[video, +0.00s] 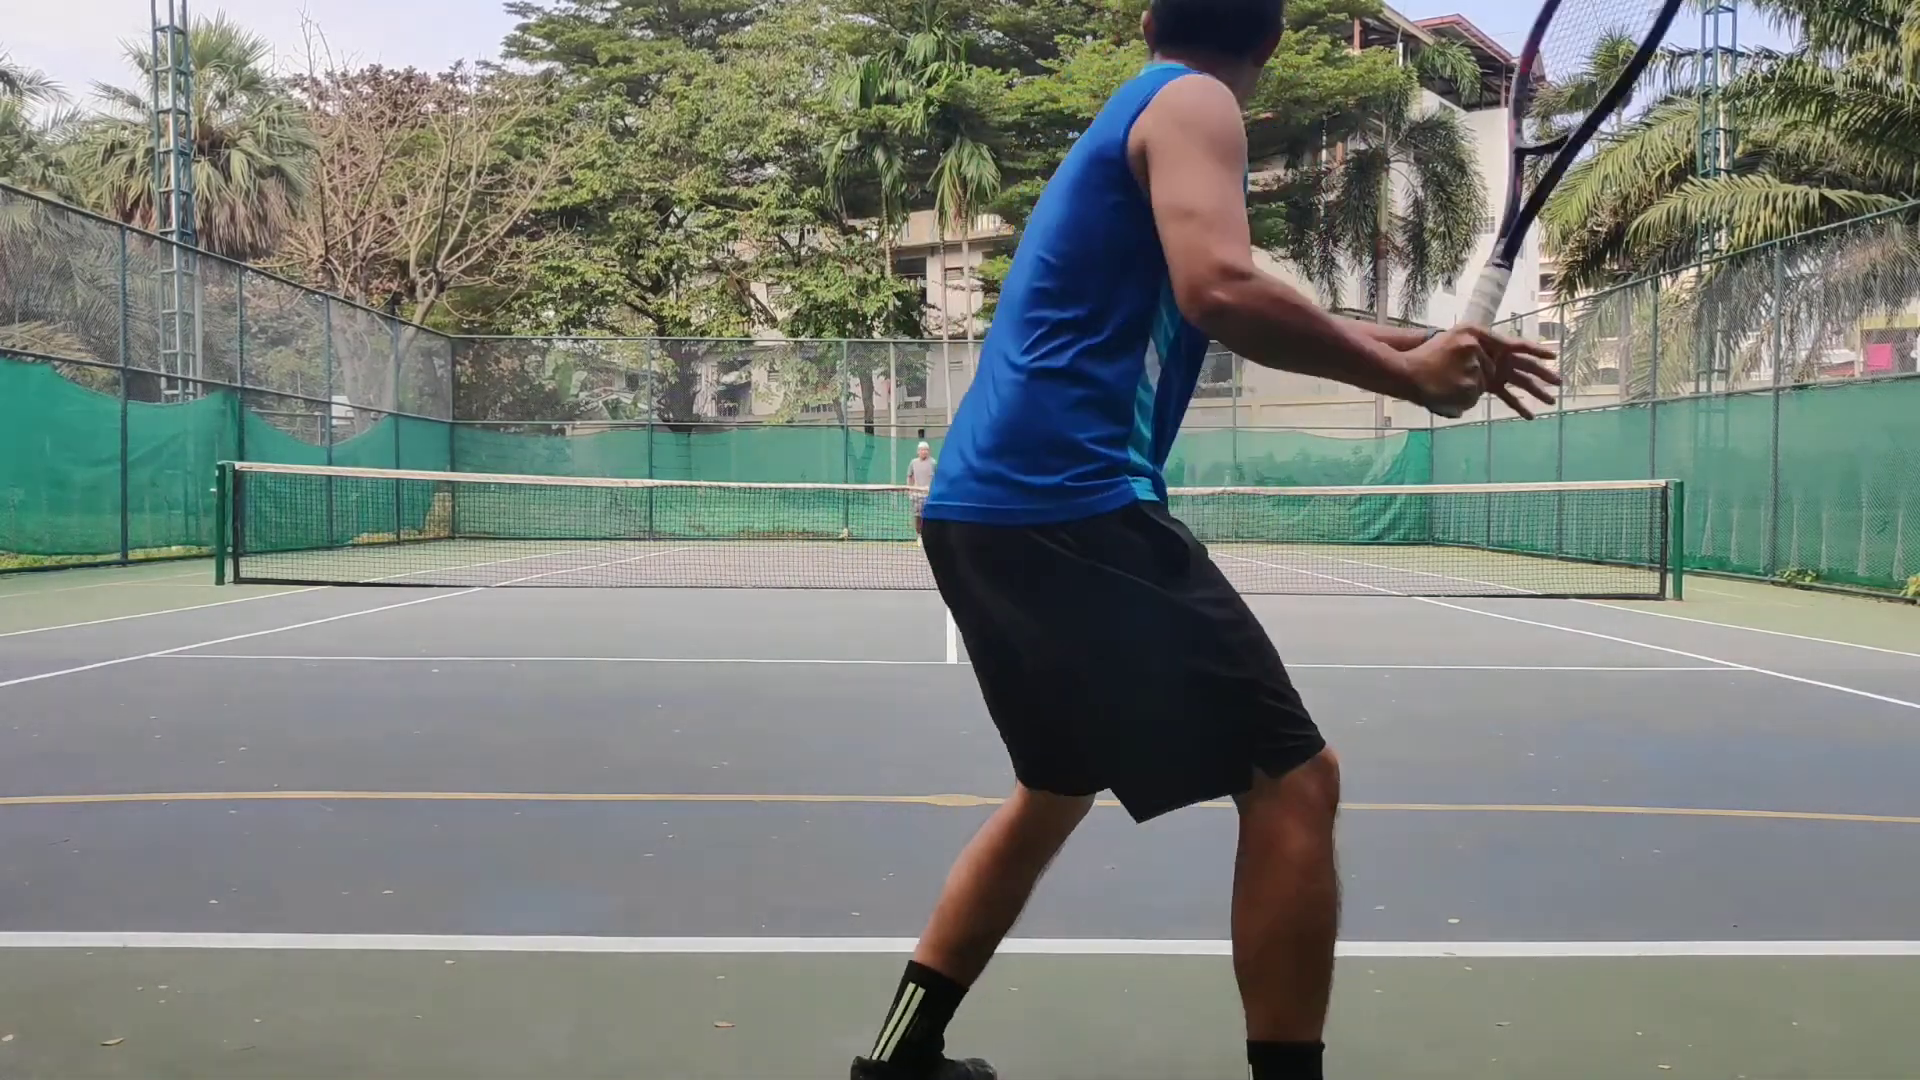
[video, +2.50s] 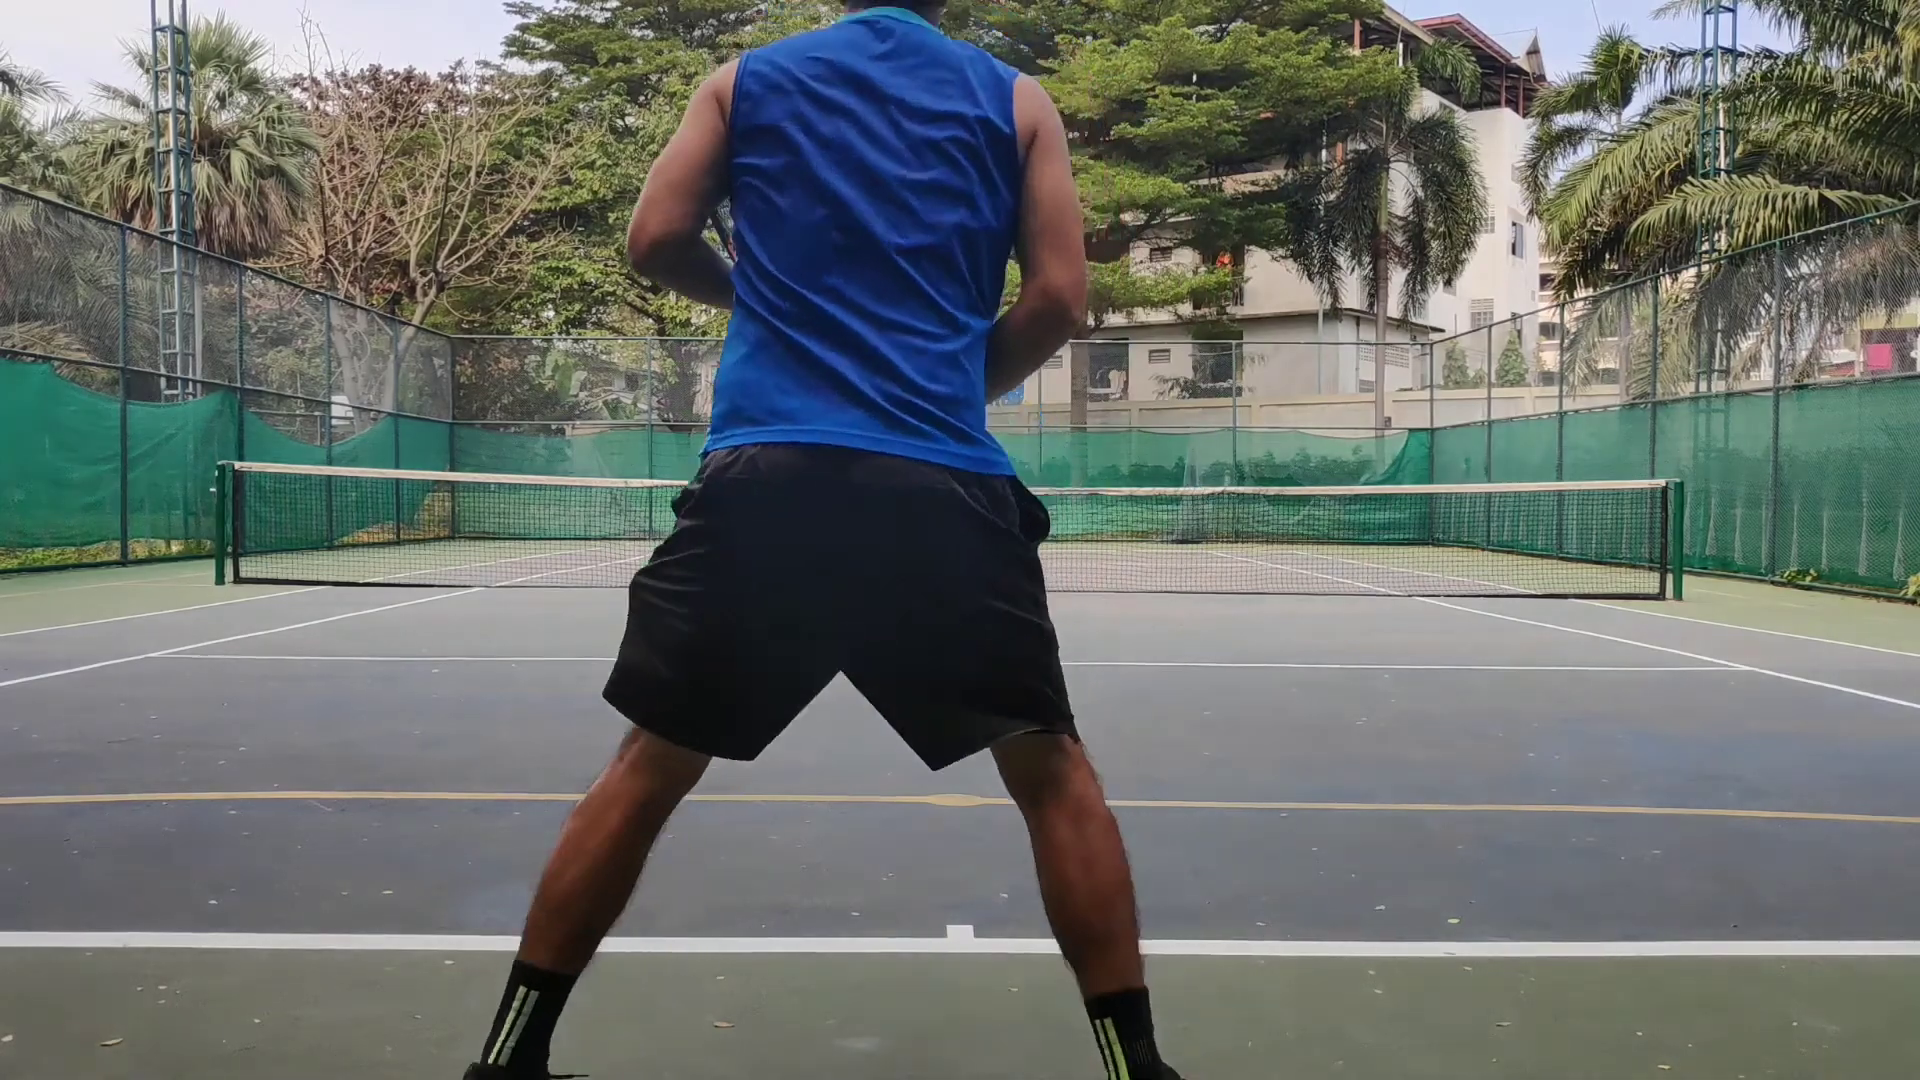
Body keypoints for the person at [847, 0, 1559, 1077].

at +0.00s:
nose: (1278, 51)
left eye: (1273, 39)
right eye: (1278, 35)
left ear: (1159, 26)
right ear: (1266, 35)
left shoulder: (1132, 117)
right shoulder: (1192, 102)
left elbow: (1239, 318)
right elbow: (1219, 287)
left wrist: (1408, 345)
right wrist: (1409, 371)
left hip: (981, 507)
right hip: (1076, 505)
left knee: (1057, 779)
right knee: (1294, 786)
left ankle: (903, 1047)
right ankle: (1288, 1076)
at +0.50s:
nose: (1436, 79)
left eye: (1439, 58)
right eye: (1444, 55)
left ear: (1321, 25)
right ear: (1432, 49)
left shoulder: (1325, 174)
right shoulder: (1286, 114)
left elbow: (1413, 328)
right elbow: (1160, 296)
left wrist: (1520, 458)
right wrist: (1305, 452)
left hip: (1078, 549)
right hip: (1153, 556)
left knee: (1117, 823)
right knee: (1392, 827)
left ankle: (880, 1024)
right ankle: (1310, 1069)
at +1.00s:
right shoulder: (1328, 12)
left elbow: (893, 25)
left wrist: (1038, 11)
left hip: (1090, 444)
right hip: (1273, 457)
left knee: (1003, 745)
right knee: (1281, 820)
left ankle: (948, 1051)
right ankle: (1295, 1077)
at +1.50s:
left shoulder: (1009, 16)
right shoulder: (1084, 40)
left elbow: (1114, 158)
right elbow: (1063, 266)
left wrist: (938, 281)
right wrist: (916, 291)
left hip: (1011, 469)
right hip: (1136, 469)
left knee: (936, 792)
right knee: (1133, 762)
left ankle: (954, 1076)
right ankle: (1254, 1052)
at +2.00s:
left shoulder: (907, 40)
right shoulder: (1154, 70)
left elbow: (848, 225)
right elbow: (1228, 239)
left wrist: (917, 266)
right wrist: (1139, 317)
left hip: (959, 452)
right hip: (1118, 460)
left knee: (829, 726)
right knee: (1151, 738)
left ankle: (738, 1031)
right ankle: (1243, 1028)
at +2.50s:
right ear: (942, 2)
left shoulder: (748, 78)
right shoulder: (1017, 98)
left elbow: (657, 238)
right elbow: (1061, 299)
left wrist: (751, 288)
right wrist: (961, 375)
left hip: (762, 491)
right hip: (943, 500)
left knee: (644, 775)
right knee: (1055, 780)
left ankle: (510, 1050)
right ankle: (1137, 1062)